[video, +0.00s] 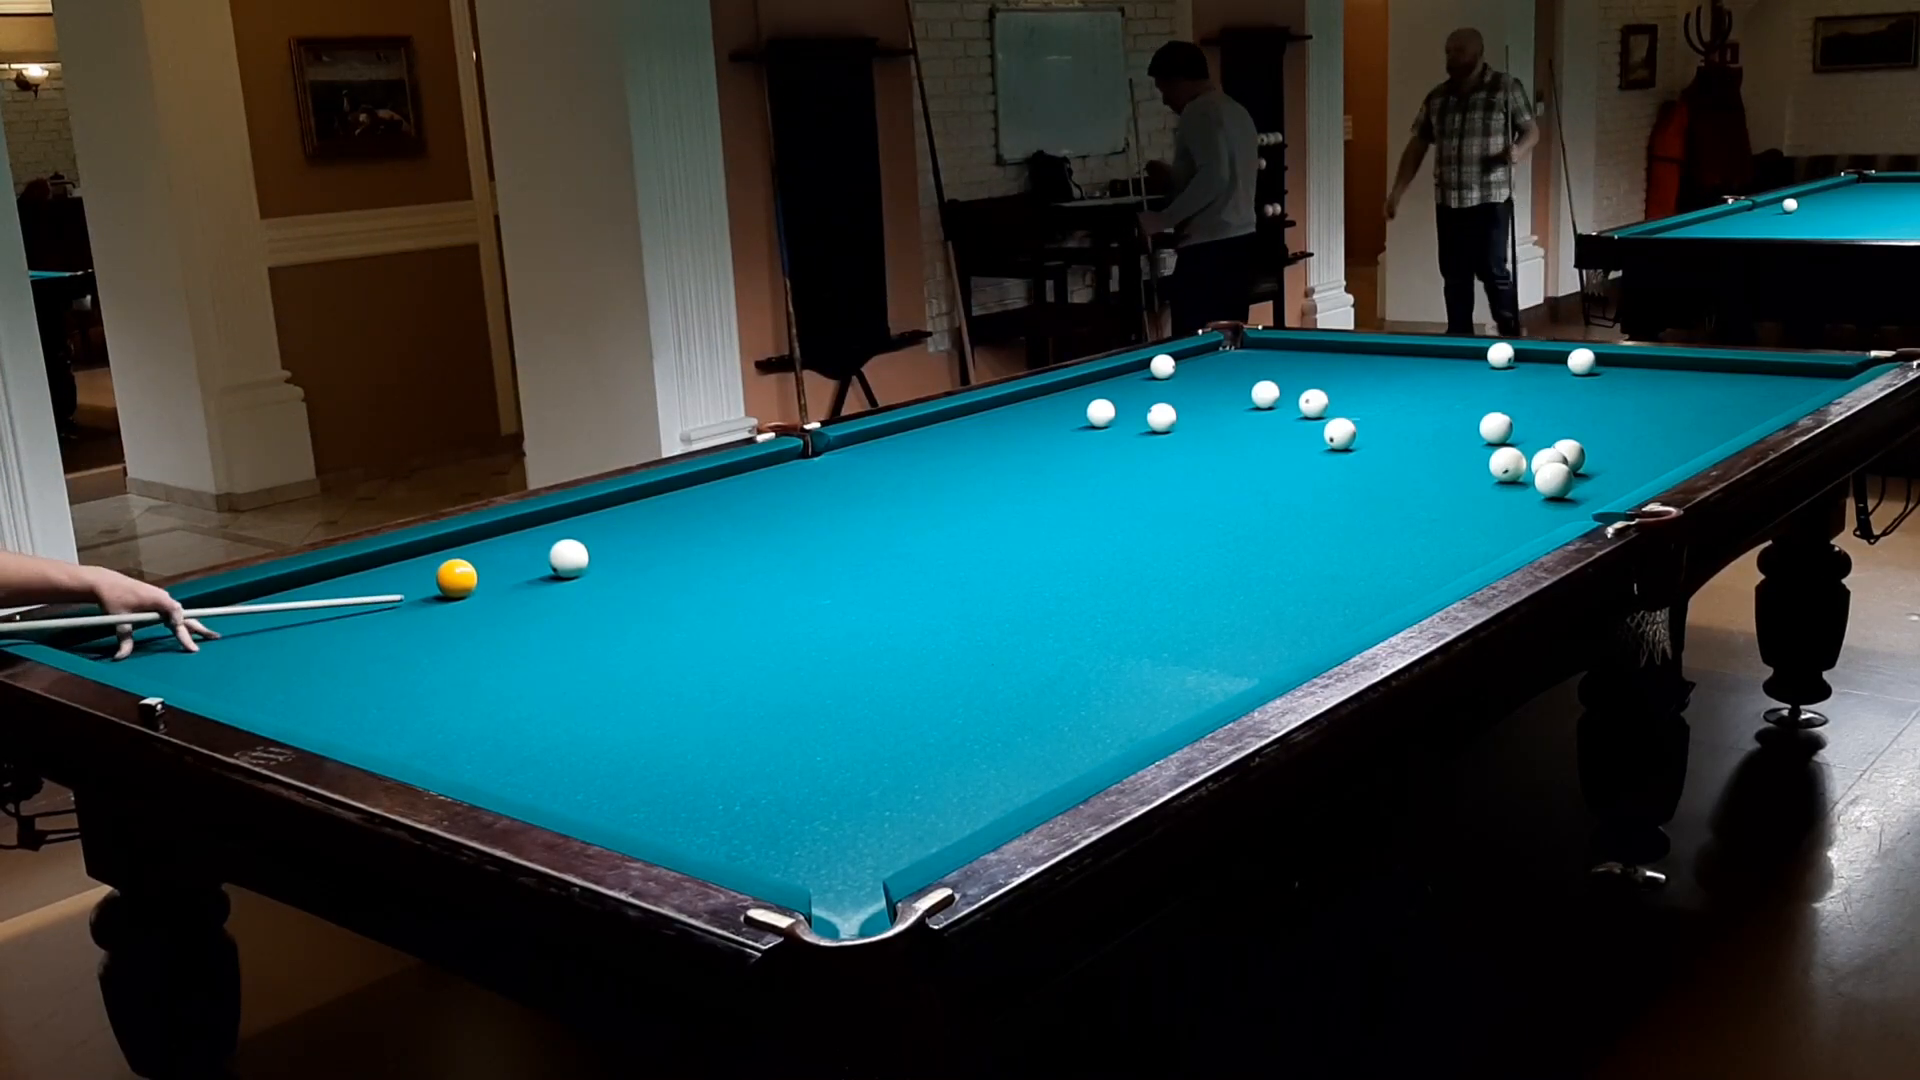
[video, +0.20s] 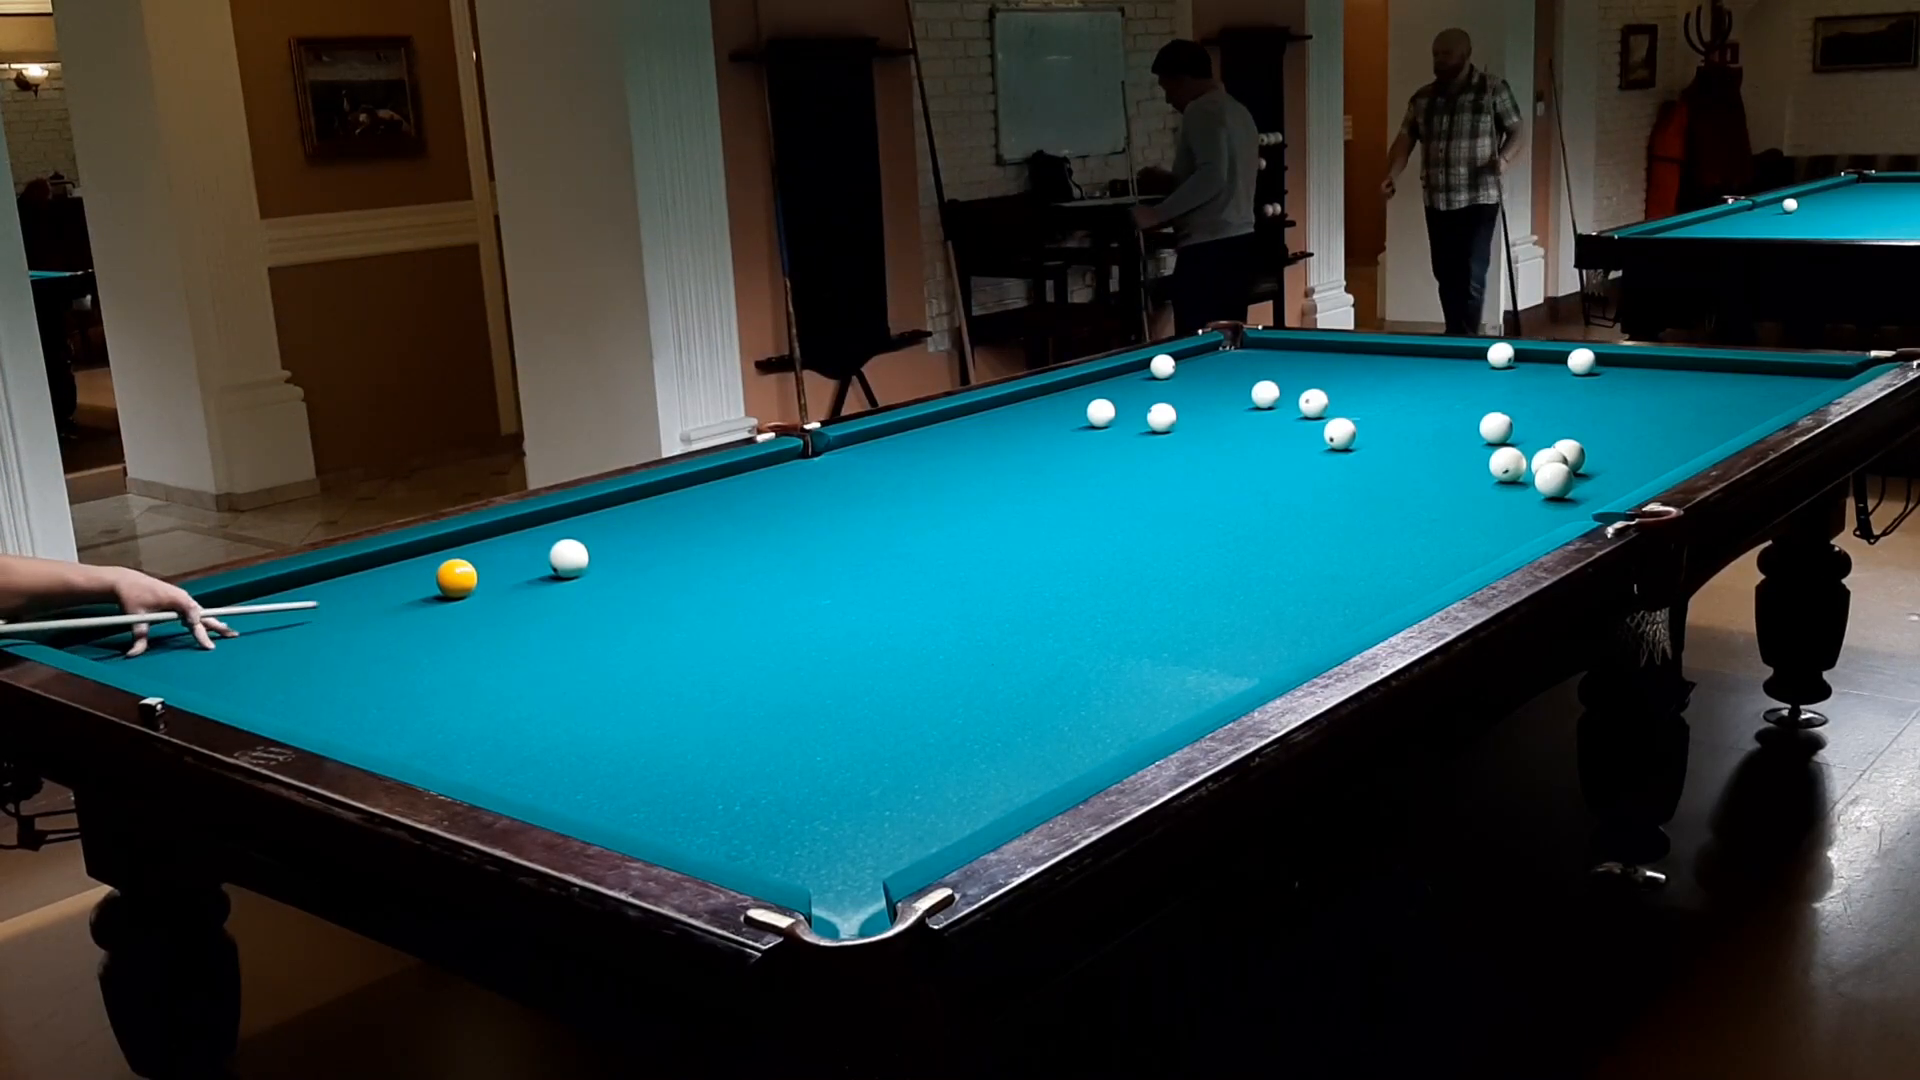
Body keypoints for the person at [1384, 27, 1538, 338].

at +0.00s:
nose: (1450, 59)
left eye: (1457, 52)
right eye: (1448, 52)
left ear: (1477, 53)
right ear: (1446, 53)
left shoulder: (1506, 87)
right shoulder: (1437, 97)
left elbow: (1531, 131)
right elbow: (1416, 147)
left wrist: (1517, 150)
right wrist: (1395, 194)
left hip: (1492, 201)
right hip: (1450, 203)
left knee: (1494, 273)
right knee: (1455, 280)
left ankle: (1512, 340)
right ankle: (1459, 342)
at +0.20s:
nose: (1438, 61)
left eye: (1445, 55)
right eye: (1436, 54)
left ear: (1465, 55)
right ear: (1433, 54)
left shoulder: (1493, 89)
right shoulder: (1423, 97)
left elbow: (1517, 132)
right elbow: (1406, 139)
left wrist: (1504, 157)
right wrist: (1391, 174)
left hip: (1480, 199)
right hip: (1439, 202)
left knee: (1471, 274)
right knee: (1446, 275)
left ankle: (1468, 342)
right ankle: (1453, 339)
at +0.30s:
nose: (1435, 61)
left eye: (1443, 55)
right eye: (1432, 54)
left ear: (1462, 56)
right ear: (1428, 55)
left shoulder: (1489, 90)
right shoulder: (1418, 97)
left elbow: (1511, 134)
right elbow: (1401, 140)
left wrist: (1500, 166)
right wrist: (1397, 170)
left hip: (1474, 202)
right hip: (1432, 203)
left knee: (1459, 278)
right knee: (1440, 277)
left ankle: (1441, 349)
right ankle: (1463, 346)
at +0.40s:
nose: (1435, 61)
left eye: (1443, 54)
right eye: (1432, 54)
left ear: (1462, 56)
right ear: (1427, 55)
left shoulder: (1487, 93)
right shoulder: (1414, 97)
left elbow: (1506, 139)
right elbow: (1396, 146)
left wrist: (1498, 177)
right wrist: (1404, 178)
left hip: (1469, 204)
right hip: (1426, 205)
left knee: (1455, 281)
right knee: (1434, 281)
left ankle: (1438, 351)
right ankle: (1459, 348)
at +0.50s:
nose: (1439, 58)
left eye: (1447, 52)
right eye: (1434, 52)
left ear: (1464, 55)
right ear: (1428, 55)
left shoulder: (1485, 94)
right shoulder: (1411, 95)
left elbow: (1497, 141)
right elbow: (1393, 145)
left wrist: (1495, 185)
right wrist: (1409, 179)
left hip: (1465, 205)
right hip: (1422, 205)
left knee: (1454, 278)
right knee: (1419, 274)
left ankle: (1447, 345)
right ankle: (1438, 339)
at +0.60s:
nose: (1442, 58)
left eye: (1451, 51)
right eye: (1436, 52)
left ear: (1466, 56)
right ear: (1429, 55)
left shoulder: (1483, 98)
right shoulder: (1409, 95)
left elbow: (1492, 144)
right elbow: (1389, 141)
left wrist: (1492, 189)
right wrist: (1408, 182)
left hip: (1464, 208)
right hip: (1419, 206)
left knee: (1454, 285)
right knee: (1406, 277)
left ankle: (1444, 349)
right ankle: (1426, 343)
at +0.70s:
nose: (1447, 58)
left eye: (1454, 51)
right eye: (1439, 52)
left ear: (1467, 56)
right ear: (1429, 55)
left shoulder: (1478, 98)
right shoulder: (1408, 94)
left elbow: (1486, 150)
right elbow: (1386, 142)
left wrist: (1486, 193)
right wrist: (1406, 184)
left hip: (1461, 211)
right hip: (1418, 209)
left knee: (1451, 288)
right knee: (1406, 284)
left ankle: (1442, 354)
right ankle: (1405, 352)